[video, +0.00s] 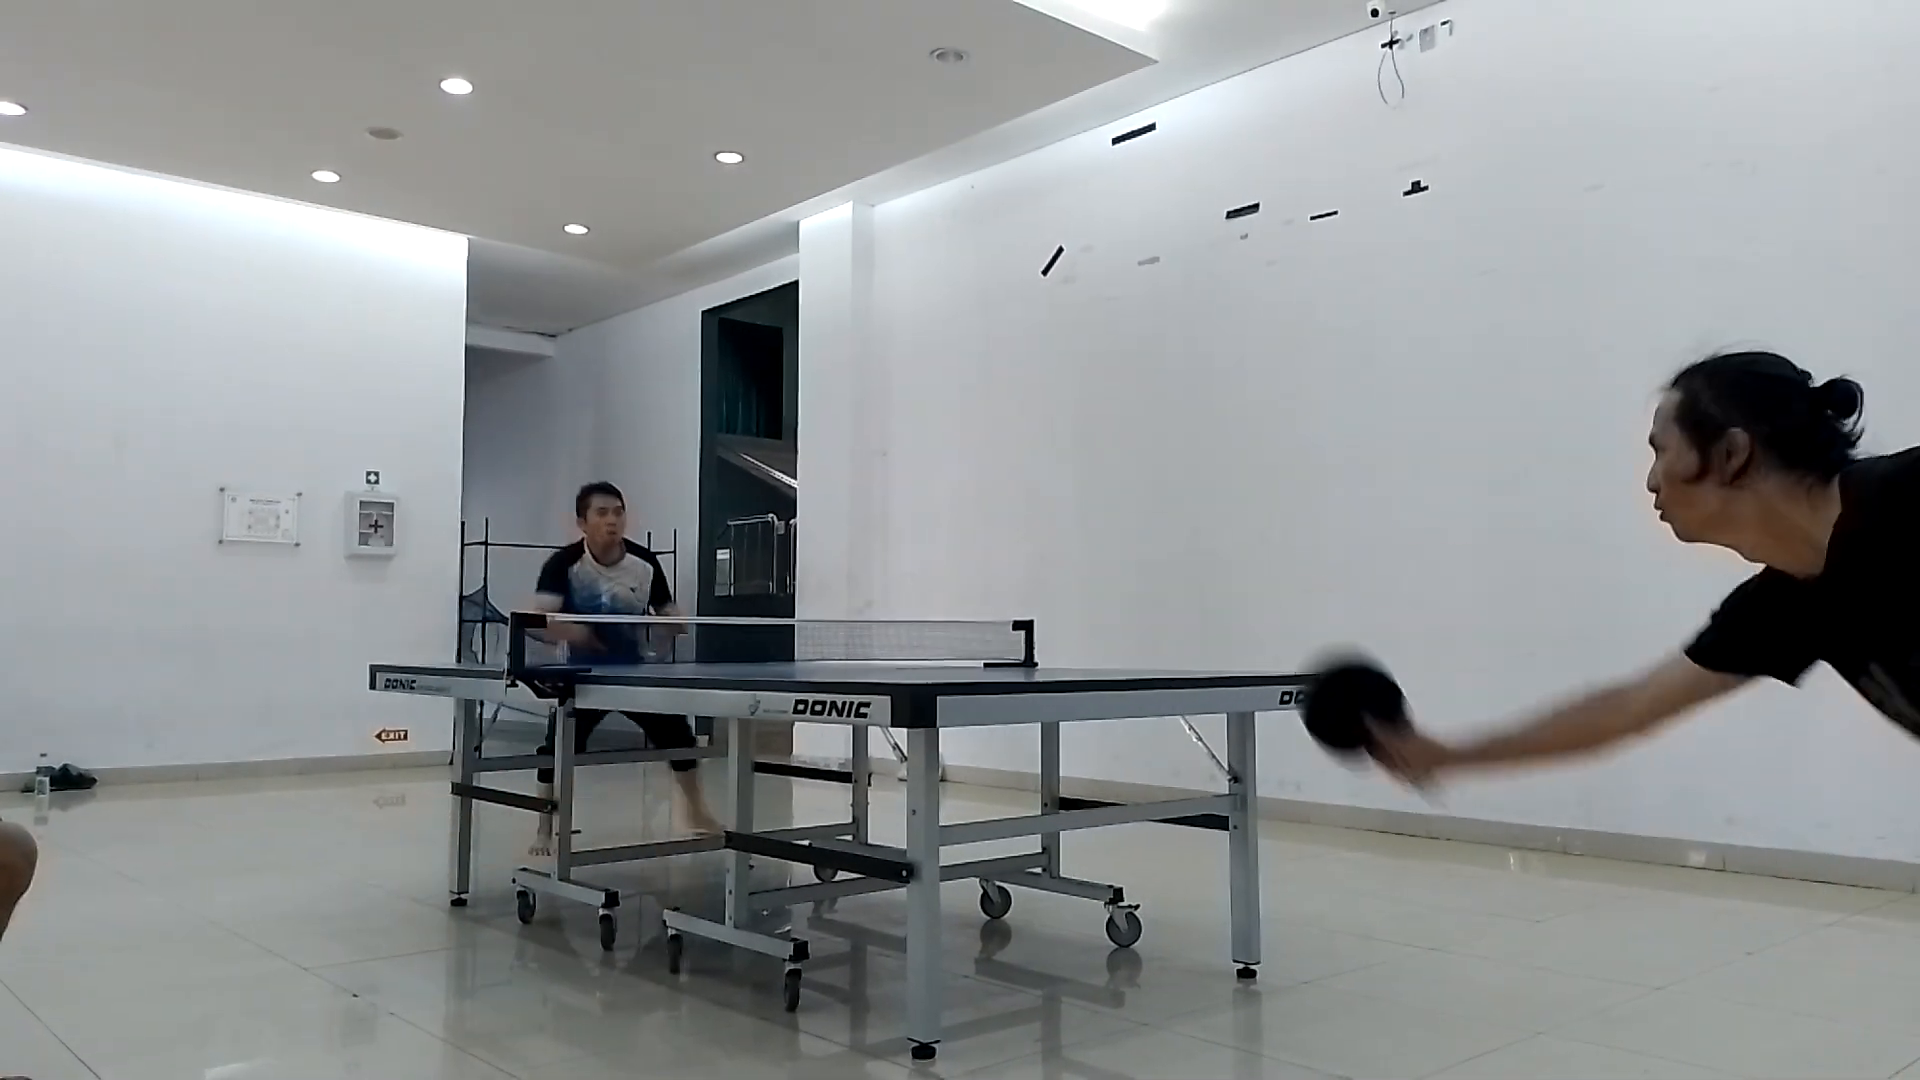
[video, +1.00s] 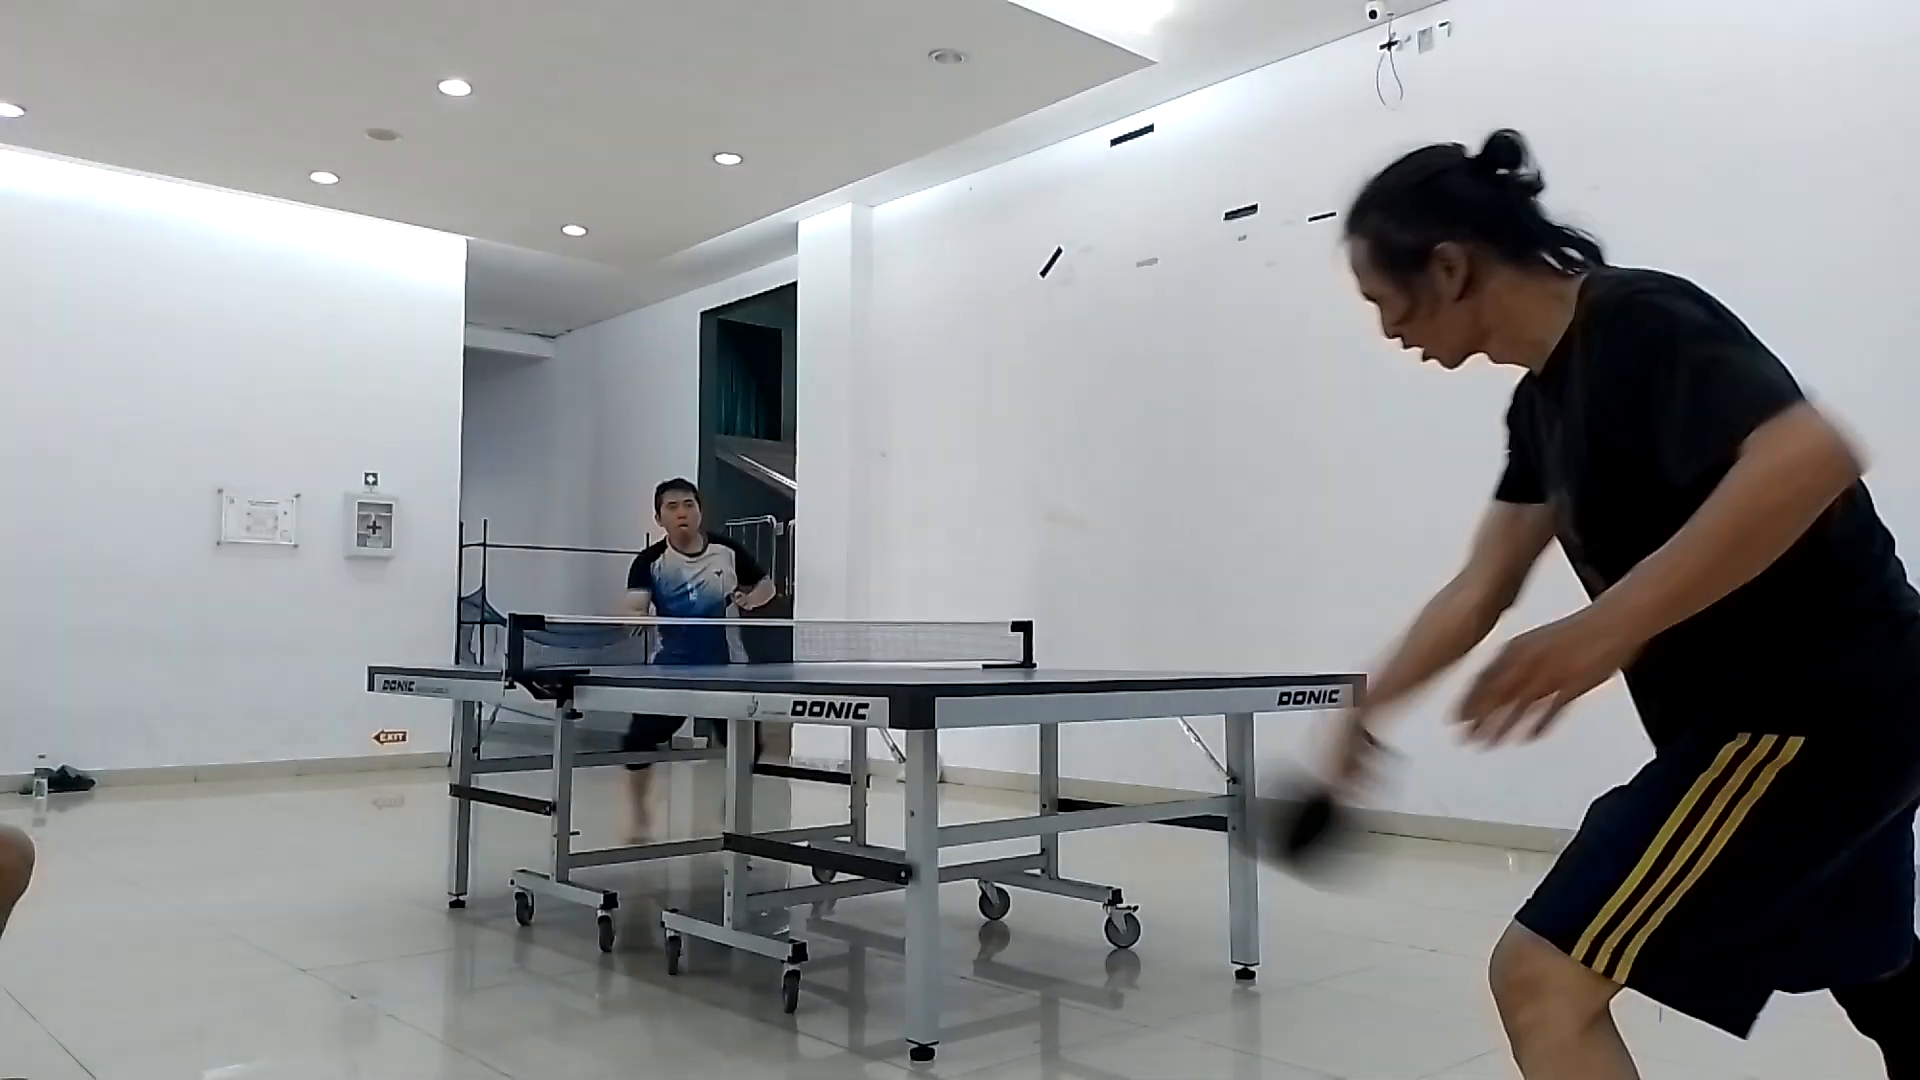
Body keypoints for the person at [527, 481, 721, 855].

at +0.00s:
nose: (612, 520)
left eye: (617, 512)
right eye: (602, 513)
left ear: (625, 517)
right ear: (582, 523)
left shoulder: (645, 563)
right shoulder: (562, 564)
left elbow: (667, 622)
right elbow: (544, 625)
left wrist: (667, 629)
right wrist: (574, 633)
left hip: (636, 675)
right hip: (584, 677)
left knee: (676, 730)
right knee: (556, 746)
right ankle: (545, 833)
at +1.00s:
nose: (682, 512)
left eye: (688, 504)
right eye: (672, 506)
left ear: (700, 511)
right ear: (660, 518)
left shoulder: (729, 553)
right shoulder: (649, 562)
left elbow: (768, 586)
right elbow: (631, 614)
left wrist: (753, 598)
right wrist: (635, 617)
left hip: (724, 669)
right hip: (671, 671)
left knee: (744, 746)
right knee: (637, 744)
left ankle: (735, 818)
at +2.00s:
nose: (707, 526)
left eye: (717, 524)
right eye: (704, 518)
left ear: (727, 536)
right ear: (692, 519)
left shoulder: (726, 577)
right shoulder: (662, 546)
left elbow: (727, 635)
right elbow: (633, 510)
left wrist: (718, 629)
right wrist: (673, 462)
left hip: (699, 672)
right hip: (648, 667)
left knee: (748, 738)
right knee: (616, 743)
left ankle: (761, 813)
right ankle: (613, 826)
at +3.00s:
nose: (660, 489)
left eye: (667, 483)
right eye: (651, 482)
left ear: (676, 493)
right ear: (634, 491)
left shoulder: (693, 543)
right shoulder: (611, 534)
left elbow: (713, 596)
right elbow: (584, 587)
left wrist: (680, 608)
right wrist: (606, 601)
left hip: (676, 654)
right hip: (621, 652)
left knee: (715, 729)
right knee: (587, 731)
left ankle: (742, 805)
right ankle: (564, 807)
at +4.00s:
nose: (590, 502)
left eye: (595, 493)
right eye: (587, 494)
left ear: (618, 487)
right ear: (590, 493)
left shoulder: (644, 525)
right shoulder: (604, 524)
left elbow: (651, 587)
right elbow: (605, 574)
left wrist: (615, 625)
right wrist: (570, 609)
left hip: (649, 623)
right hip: (626, 621)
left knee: (611, 693)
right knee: (636, 696)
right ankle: (667, 773)